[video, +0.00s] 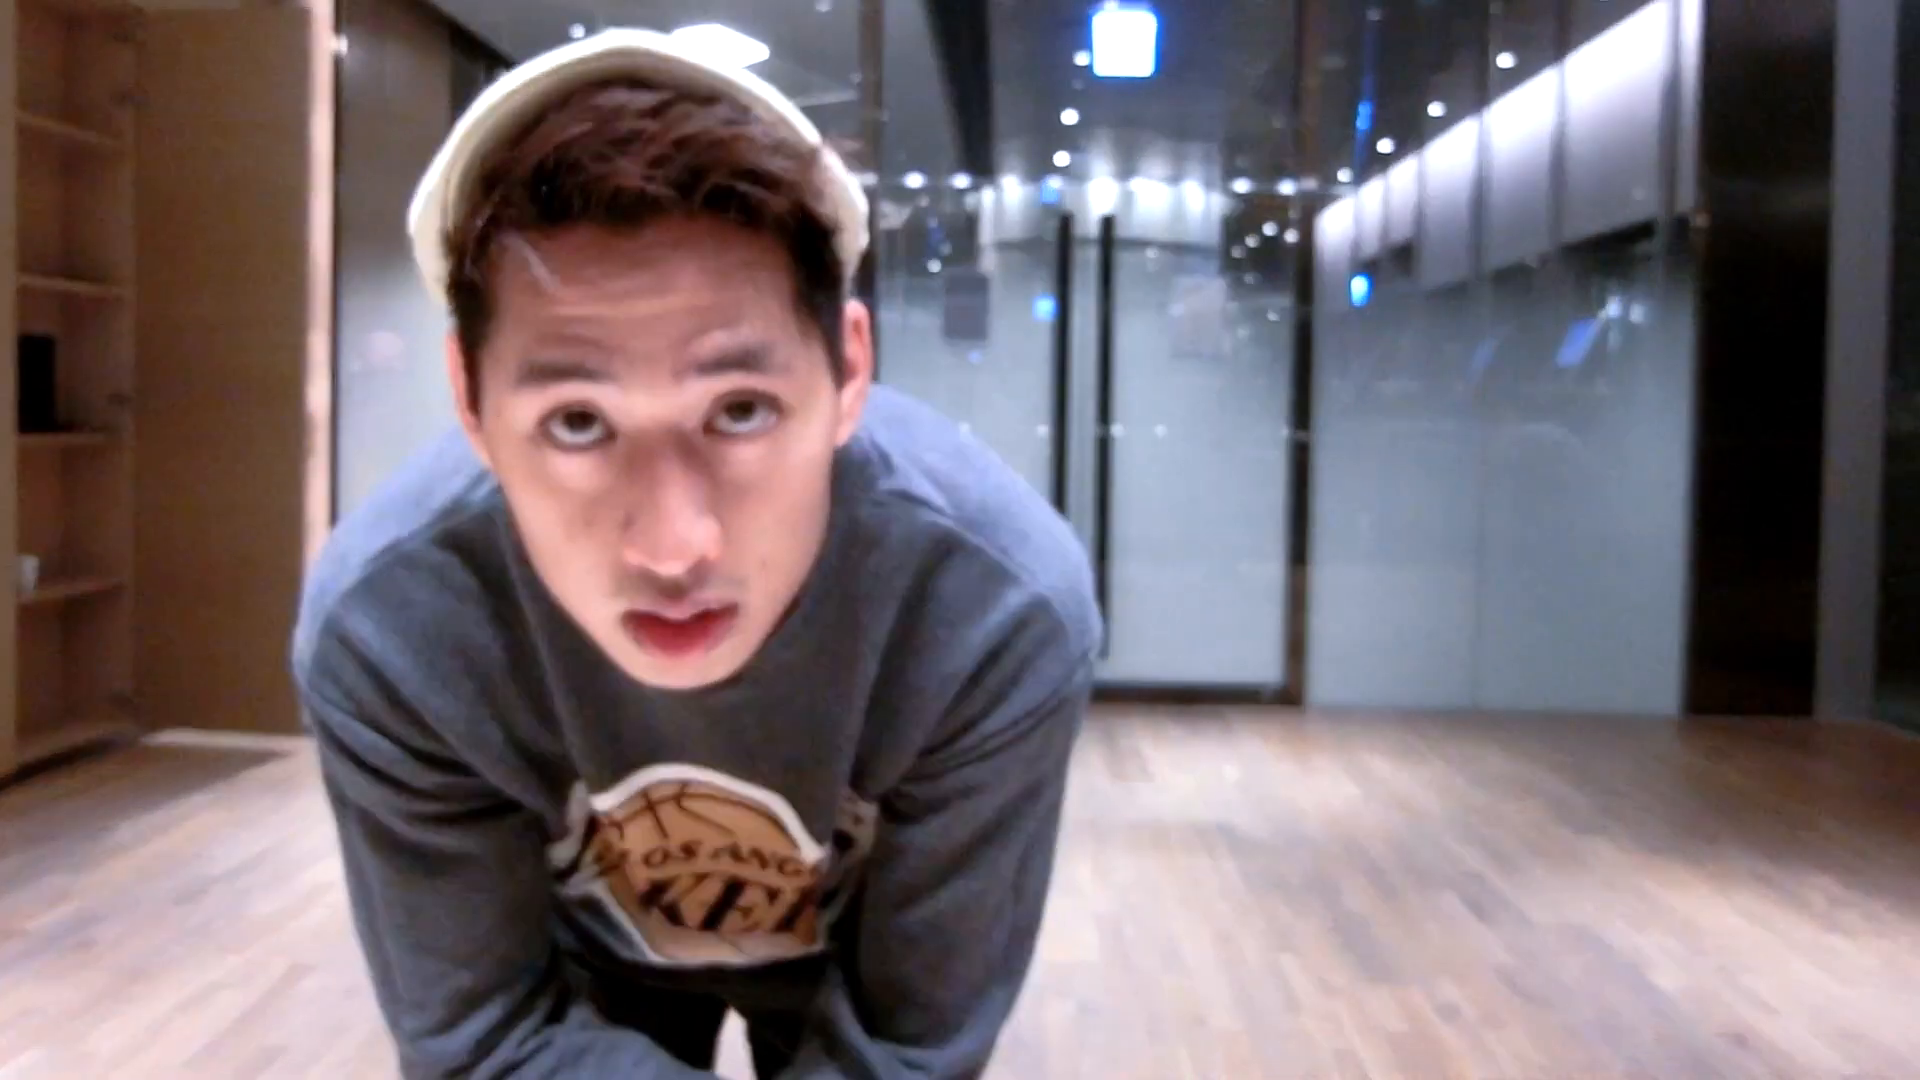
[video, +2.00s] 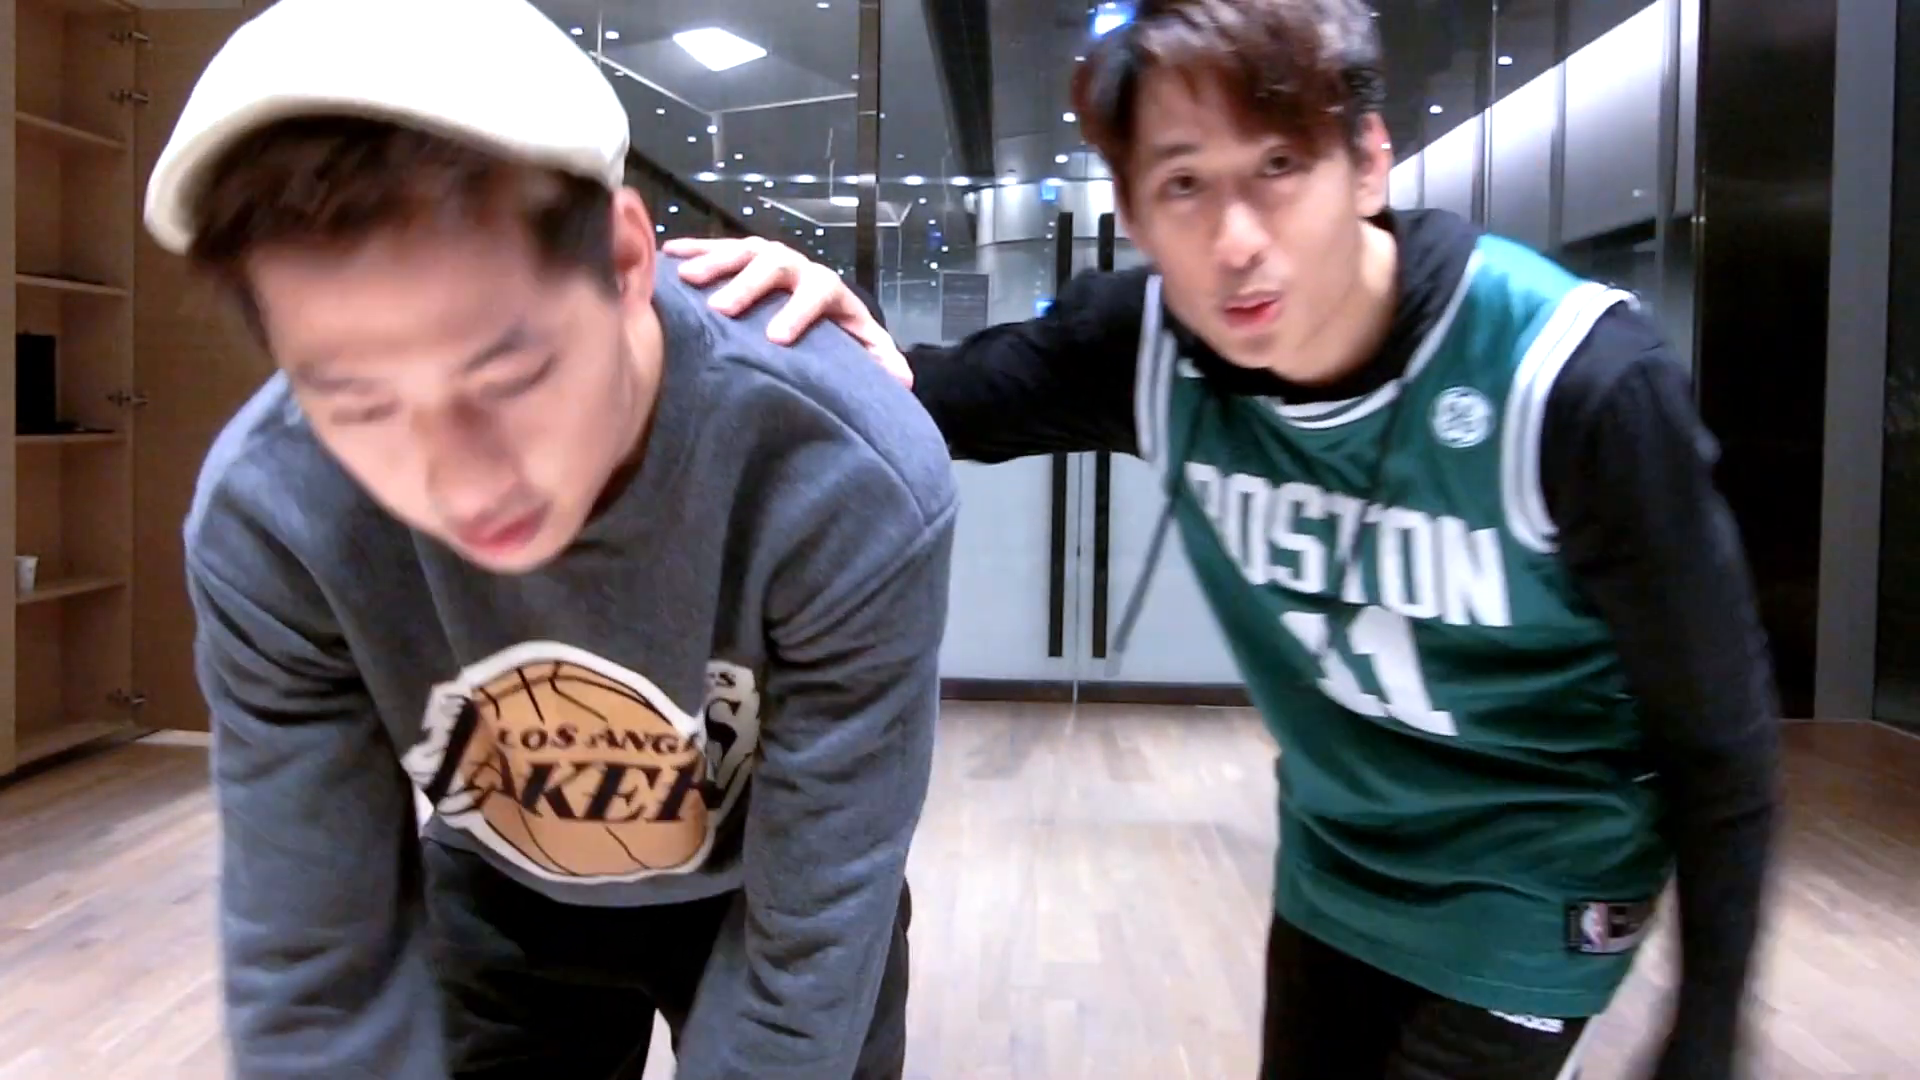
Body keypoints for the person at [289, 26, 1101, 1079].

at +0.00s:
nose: (674, 538)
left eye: (739, 410)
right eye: (577, 422)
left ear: (847, 376)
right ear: (472, 404)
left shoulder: (1002, 611)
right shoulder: (384, 629)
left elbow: (907, 1051)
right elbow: (483, 1038)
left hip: (855, 947)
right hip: (595, 948)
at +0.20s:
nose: (652, 446)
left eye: (719, 334)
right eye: (561, 343)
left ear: (828, 305)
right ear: (454, 341)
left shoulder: (987, 613)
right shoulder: (368, 591)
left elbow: (825, 1029)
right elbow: (515, 1018)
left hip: (866, 938)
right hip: (586, 950)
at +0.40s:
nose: (573, 316)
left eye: (633, 196)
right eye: (477, 221)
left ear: (767, 205)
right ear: (403, 266)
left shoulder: (993, 543)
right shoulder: (363, 583)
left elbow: (862, 976)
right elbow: (478, 990)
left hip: (848, 932)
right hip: (578, 935)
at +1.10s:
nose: (525, 370)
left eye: (560, 232)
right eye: (410, 285)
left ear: (678, 202)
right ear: (325, 321)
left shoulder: (918, 515)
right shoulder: (323, 561)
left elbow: (866, 1007)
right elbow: (429, 983)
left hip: (819, 918)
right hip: (568, 921)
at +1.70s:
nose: (507, 477)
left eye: (538, 342)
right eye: (391, 399)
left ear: (654, 272)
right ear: (305, 403)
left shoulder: (892, 545)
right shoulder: (314, 594)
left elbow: (811, 998)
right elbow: (491, 1013)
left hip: (828, 925)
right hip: (561, 945)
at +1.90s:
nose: (452, 550)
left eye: (501, 449)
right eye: (356, 478)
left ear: (633, 314)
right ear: (291, 433)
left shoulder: (868, 510)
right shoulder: (284, 557)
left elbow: (813, 997)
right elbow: (380, 1003)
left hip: (774, 910)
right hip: (521, 912)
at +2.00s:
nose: (460, 484)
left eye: (509, 377)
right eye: (362, 411)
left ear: (629, 261)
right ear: (289, 373)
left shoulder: (852, 485)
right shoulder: (267, 521)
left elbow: (801, 978)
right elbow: (315, 998)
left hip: (771, 903)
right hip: (507, 896)